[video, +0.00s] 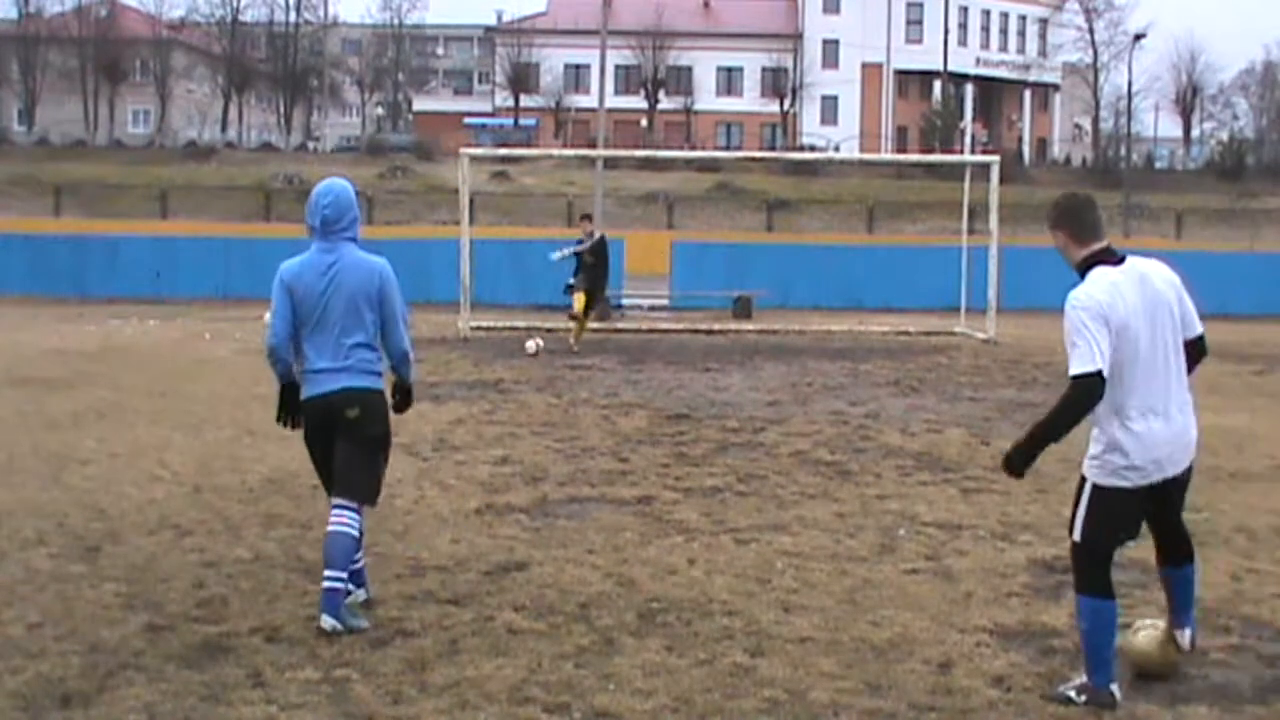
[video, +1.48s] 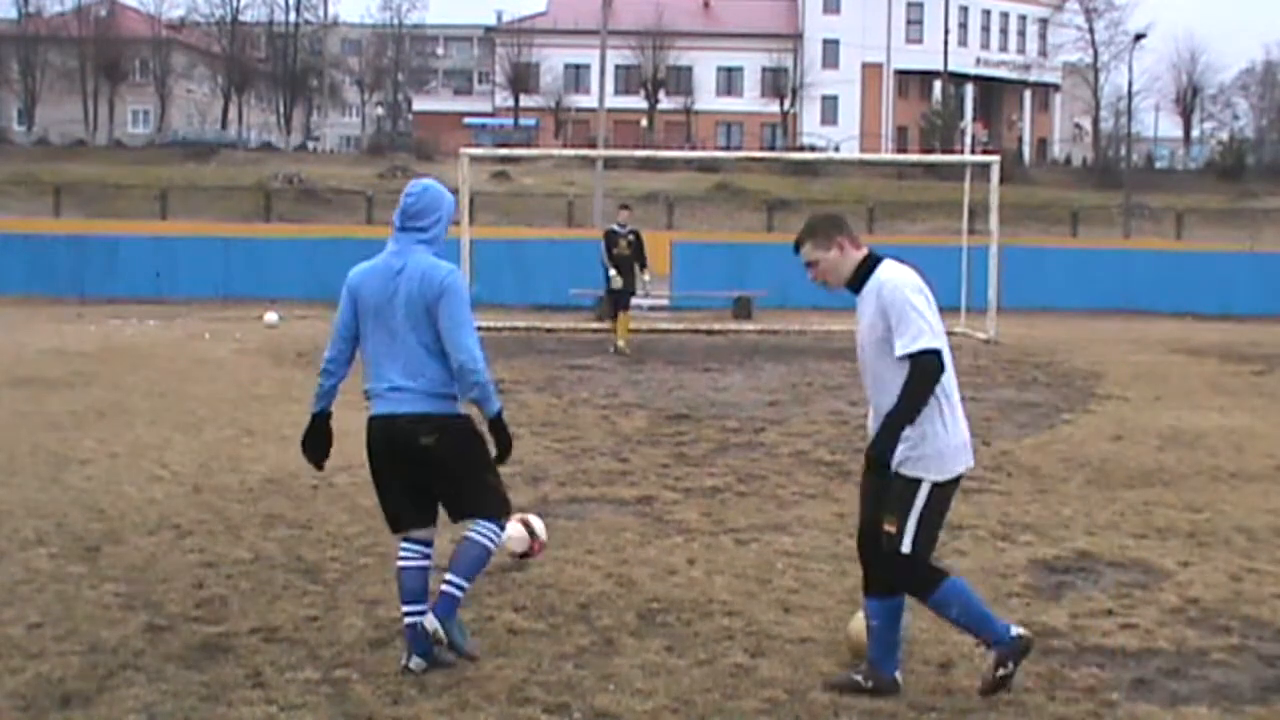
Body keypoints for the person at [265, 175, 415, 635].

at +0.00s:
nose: (357, 220)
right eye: (356, 213)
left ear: (312, 219)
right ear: (356, 217)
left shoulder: (290, 272)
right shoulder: (377, 269)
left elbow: (277, 342)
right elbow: (396, 340)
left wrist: (288, 381)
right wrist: (404, 377)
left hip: (316, 402)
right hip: (364, 399)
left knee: (343, 496)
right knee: (347, 501)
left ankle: (357, 588)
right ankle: (332, 607)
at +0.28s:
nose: (352, 214)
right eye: (353, 206)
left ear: (309, 210)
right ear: (352, 211)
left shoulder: (281, 263)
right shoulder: (372, 264)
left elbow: (263, 332)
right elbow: (394, 338)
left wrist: (264, 379)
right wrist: (411, 392)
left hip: (297, 398)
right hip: (351, 399)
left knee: (304, 489)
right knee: (336, 505)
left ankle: (299, 589)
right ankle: (331, 610)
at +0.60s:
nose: (349, 219)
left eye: (343, 211)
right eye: (347, 212)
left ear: (300, 213)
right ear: (341, 215)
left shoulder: (271, 266)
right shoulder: (350, 263)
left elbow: (254, 340)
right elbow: (362, 342)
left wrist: (272, 376)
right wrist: (388, 387)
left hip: (291, 400)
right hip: (344, 398)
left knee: (291, 506)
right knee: (364, 494)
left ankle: (270, 616)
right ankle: (352, 605)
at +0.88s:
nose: (379, 228)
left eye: (370, 219)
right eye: (378, 221)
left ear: (330, 222)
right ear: (374, 225)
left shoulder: (300, 275)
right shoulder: (384, 280)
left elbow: (283, 353)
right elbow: (411, 355)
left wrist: (311, 385)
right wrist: (456, 395)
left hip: (311, 418)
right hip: (363, 419)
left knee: (302, 519)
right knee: (392, 523)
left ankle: (271, 621)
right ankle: (392, 637)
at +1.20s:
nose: (431, 215)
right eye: (430, 207)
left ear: (382, 206)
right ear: (428, 210)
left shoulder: (351, 264)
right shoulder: (443, 265)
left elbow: (326, 342)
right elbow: (468, 339)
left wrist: (318, 399)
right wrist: (493, 384)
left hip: (363, 407)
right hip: (414, 412)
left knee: (373, 514)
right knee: (410, 528)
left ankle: (350, 627)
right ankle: (395, 643)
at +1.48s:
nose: (451, 231)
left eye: (451, 224)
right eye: (449, 224)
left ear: (400, 218)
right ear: (440, 224)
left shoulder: (361, 277)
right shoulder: (443, 278)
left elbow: (337, 355)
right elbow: (466, 360)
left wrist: (319, 413)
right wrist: (495, 414)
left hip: (385, 430)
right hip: (440, 427)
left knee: (415, 530)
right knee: (490, 517)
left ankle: (416, 646)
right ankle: (446, 608)